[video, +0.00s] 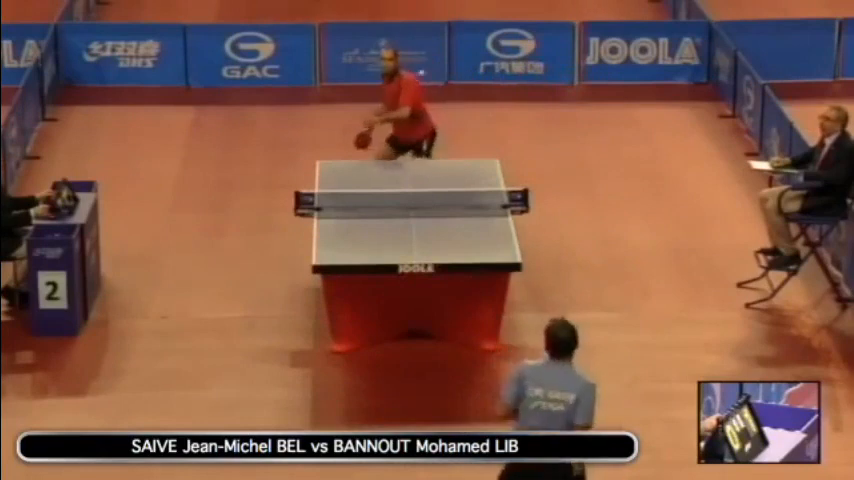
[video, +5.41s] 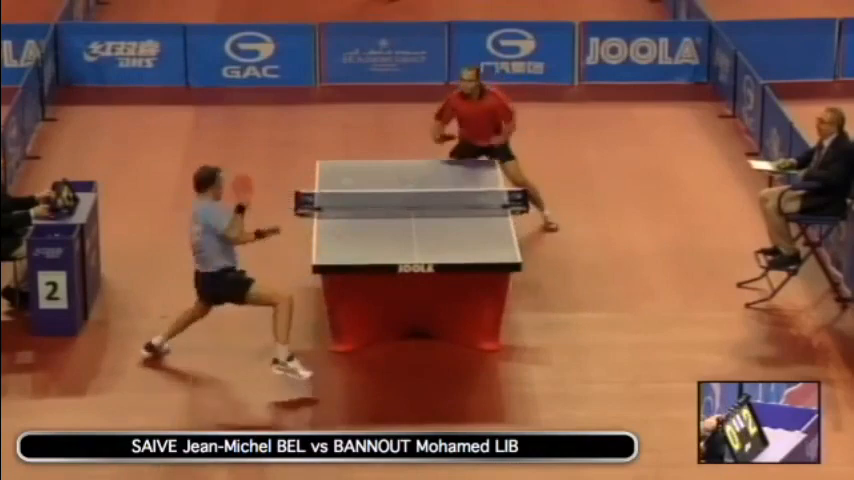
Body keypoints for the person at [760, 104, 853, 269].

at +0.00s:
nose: (821, 122)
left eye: (827, 119)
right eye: (822, 118)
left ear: (839, 125)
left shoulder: (846, 147)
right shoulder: (826, 140)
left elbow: (837, 177)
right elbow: (808, 158)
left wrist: (804, 175)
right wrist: (787, 163)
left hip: (829, 199)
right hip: (815, 191)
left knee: (774, 205)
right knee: (765, 196)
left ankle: (790, 254)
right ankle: (780, 247)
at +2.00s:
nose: (821, 123)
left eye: (827, 119)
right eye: (821, 118)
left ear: (839, 125)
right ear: (820, 119)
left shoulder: (846, 147)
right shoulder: (827, 140)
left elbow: (837, 177)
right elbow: (809, 157)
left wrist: (804, 175)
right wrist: (787, 163)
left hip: (829, 199)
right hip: (815, 191)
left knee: (773, 205)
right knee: (765, 197)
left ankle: (790, 254)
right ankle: (780, 247)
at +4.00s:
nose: (822, 124)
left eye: (829, 122)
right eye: (823, 120)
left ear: (840, 128)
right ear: (823, 120)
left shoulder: (846, 148)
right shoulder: (826, 141)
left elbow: (833, 178)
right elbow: (806, 159)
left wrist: (802, 177)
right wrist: (789, 164)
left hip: (829, 199)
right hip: (813, 191)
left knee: (774, 206)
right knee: (765, 197)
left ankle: (790, 254)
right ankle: (780, 247)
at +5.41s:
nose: (818, 125)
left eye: (823, 122)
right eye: (819, 121)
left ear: (835, 127)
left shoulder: (844, 148)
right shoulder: (824, 143)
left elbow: (833, 178)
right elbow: (804, 160)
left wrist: (803, 178)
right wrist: (788, 164)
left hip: (828, 199)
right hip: (814, 191)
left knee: (773, 206)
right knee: (765, 197)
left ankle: (790, 254)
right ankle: (781, 247)